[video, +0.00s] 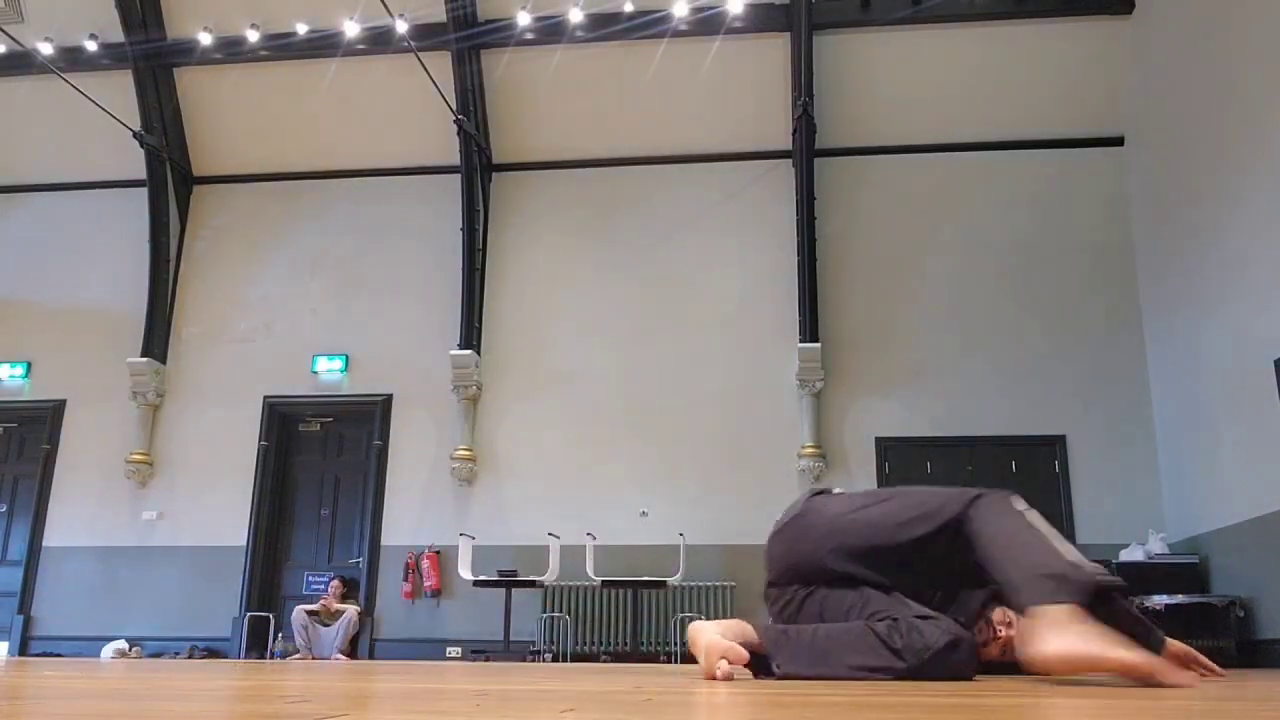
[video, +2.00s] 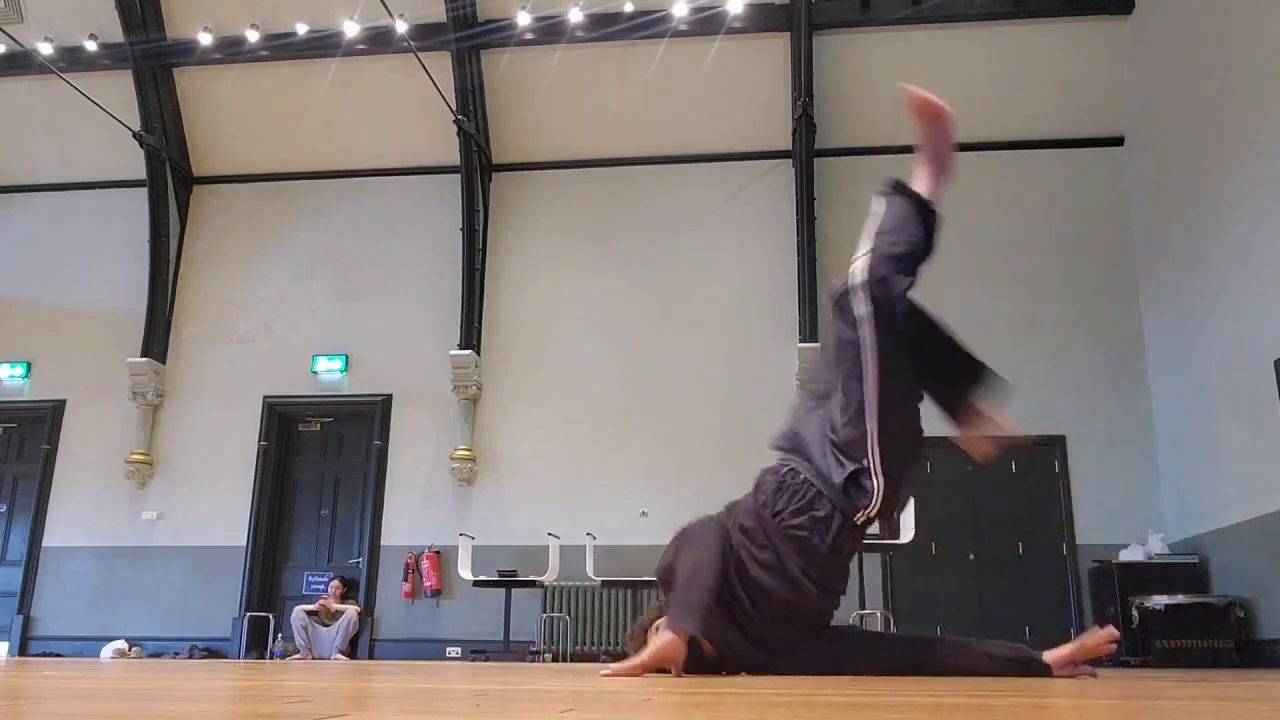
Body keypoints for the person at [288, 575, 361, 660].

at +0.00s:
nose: (333, 591)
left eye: (337, 588)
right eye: (331, 587)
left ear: (343, 590)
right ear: (328, 589)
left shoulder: (349, 603)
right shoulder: (323, 603)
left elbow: (357, 610)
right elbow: (297, 608)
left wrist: (335, 607)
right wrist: (317, 607)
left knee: (352, 613)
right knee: (297, 612)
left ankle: (336, 653)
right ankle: (304, 652)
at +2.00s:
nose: (333, 591)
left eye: (337, 588)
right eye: (331, 588)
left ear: (343, 590)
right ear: (328, 589)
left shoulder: (349, 602)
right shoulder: (323, 602)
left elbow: (357, 610)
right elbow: (297, 608)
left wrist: (333, 606)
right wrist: (315, 607)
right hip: (316, 636)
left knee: (352, 614)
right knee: (297, 612)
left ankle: (336, 653)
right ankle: (304, 653)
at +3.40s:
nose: (333, 591)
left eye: (337, 589)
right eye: (331, 588)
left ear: (343, 591)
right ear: (327, 590)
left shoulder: (348, 604)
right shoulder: (322, 604)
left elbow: (357, 610)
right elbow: (297, 609)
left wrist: (334, 606)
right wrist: (316, 608)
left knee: (352, 614)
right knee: (296, 612)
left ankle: (336, 653)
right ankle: (304, 653)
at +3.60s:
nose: (321, 607)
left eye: (324, 606)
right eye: (321, 606)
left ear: (333, 609)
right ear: (318, 607)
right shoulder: (308, 623)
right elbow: (297, 610)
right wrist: (314, 608)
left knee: (349, 619)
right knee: (297, 612)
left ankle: (336, 654)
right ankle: (304, 653)